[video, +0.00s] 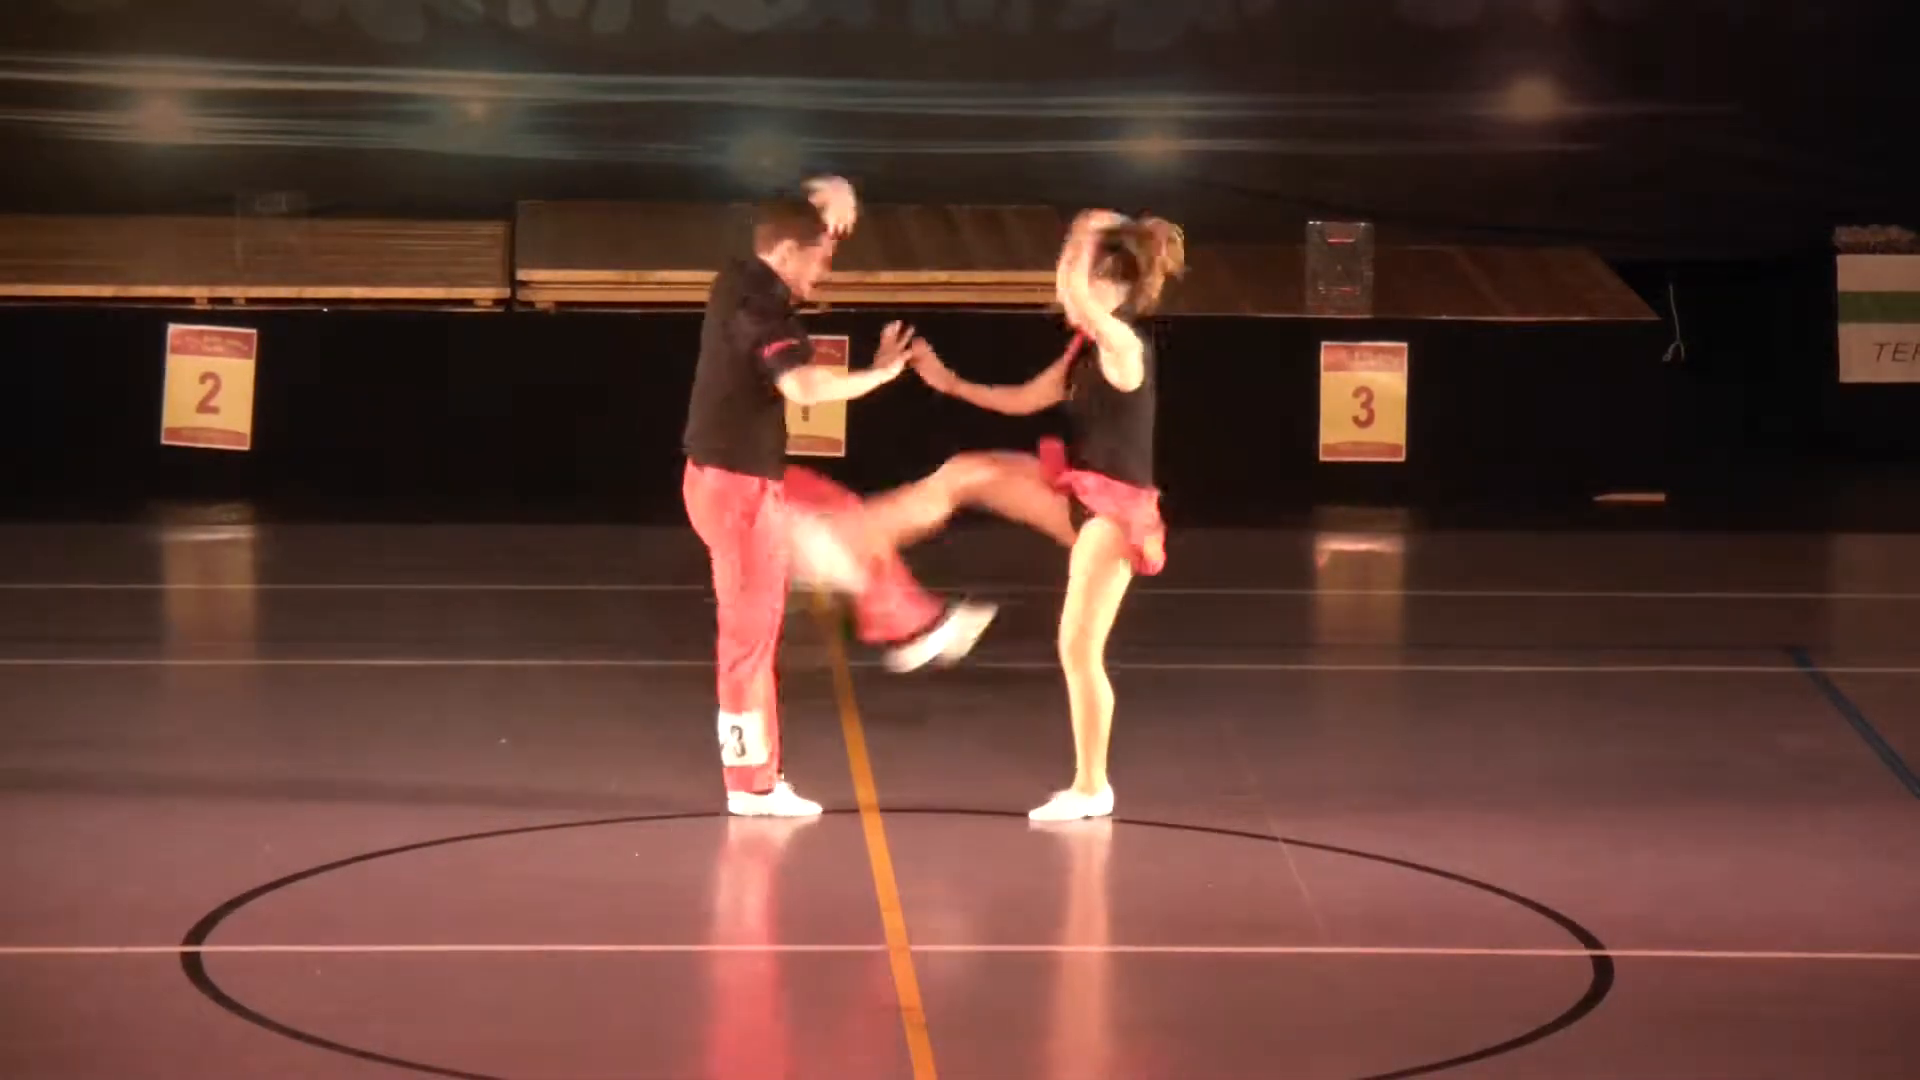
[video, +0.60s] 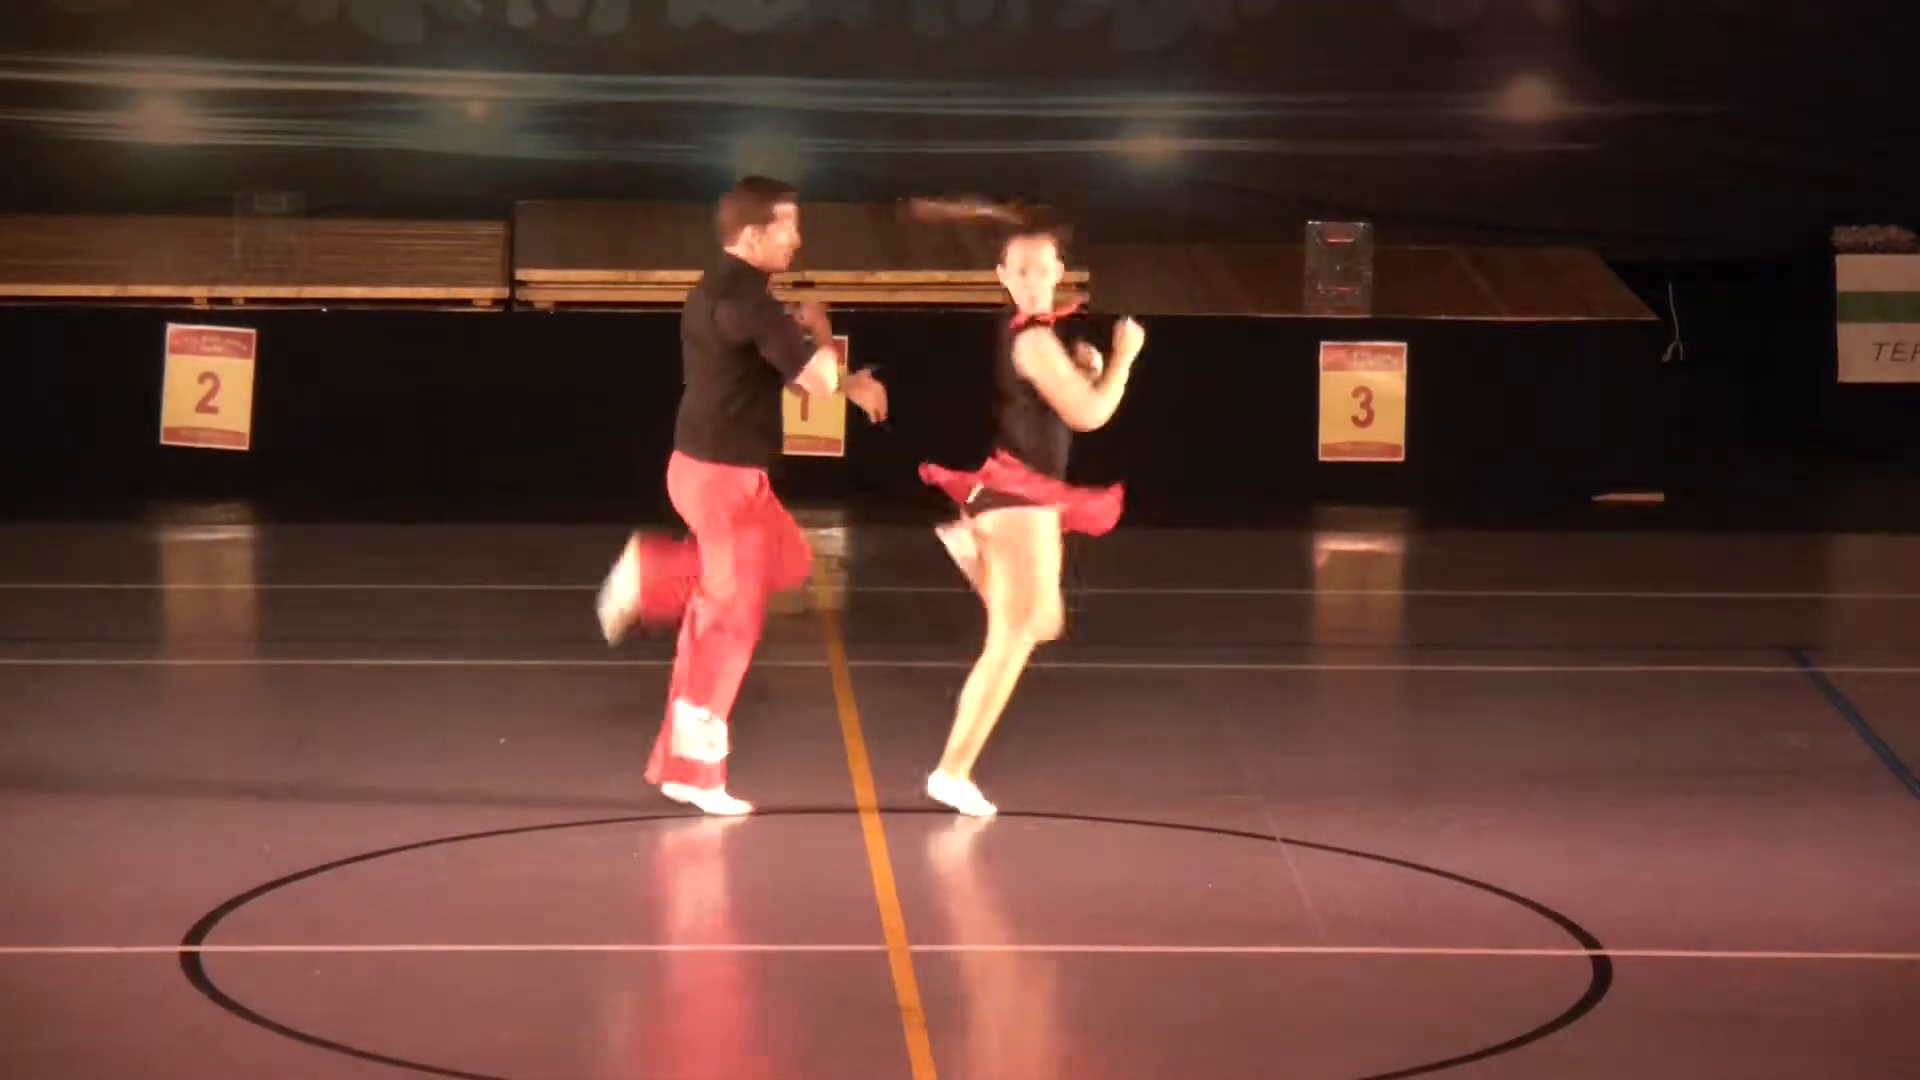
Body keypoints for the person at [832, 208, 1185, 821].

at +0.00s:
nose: (1072, 278)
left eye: (1088, 271)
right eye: (1075, 269)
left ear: (1117, 285)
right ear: (1093, 283)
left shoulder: (1127, 346)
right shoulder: (1088, 346)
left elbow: (1072, 293)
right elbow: (1024, 401)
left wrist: (1084, 235)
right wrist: (950, 383)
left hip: (1116, 517)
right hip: (1075, 498)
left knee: (1079, 648)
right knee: (962, 474)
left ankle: (1091, 788)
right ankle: (846, 541)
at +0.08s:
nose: (1043, 288)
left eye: (1052, 277)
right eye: (1043, 277)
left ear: (1085, 279)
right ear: (1055, 283)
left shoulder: (1111, 343)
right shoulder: (1057, 342)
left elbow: (1092, 290)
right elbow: (991, 388)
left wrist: (1133, 257)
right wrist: (923, 358)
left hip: (1104, 510)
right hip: (1061, 493)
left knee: (1076, 644)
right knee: (955, 461)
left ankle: (1090, 783)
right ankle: (828, 488)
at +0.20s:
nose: (1024, 260)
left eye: (1033, 249)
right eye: (1023, 248)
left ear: (1072, 253)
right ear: (1053, 255)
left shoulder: (1110, 323)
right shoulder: (1029, 318)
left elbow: (1133, 396)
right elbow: (960, 371)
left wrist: (1098, 312)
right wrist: (898, 345)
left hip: (1100, 485)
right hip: (1040, 478)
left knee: (999, 591)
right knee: (948, 536)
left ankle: (1065, 706)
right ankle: (1005, 668)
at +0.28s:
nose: (1012, 266)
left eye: (1022, 255)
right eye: (1013, 254)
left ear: (1060, 262)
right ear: (1035, 260)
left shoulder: (1105, 339)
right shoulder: (1011, 326)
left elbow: (1138, 432)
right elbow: (936, 379)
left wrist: (1096, 374)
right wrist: (879, 350)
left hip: (1083, 494)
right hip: (1038, 492)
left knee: (976, 587)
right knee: (1017, 626)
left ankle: (1026, 713)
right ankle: (1052, 761)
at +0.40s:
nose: (1002, 286)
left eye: (1012, 275)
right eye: (1003, 274)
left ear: (1049, 282)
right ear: (1034, 281)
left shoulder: (1061, 357)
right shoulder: (1030, 345)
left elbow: (1032, 454)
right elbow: (980, 413)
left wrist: (987, 391)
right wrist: (912, 390)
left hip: (1044, 519)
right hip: (1049, 515)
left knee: (1001, 652)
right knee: (1037, 649)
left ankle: (1039, 794)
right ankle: (1066, 778)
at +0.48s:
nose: (1003, 263)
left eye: (1008, 254)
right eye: (1005, 252)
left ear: (1025, 260)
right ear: (1066, 261)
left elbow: (969, 425)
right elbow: (1098, 391)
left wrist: (974, 368)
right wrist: (1043, 370)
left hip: (1008, 480)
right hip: (1077, 483)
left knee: (978, 632)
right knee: (1041, 626)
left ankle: (1008, 744)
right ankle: (1031, 766)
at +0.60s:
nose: (1044, 274)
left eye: (1049, 262)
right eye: (1030, 265)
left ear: (1056, 268)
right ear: (1006, 273)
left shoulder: (1033, 333)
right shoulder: (1030, 340)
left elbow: (1071, 404)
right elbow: (1091, 412)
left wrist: (1085, 365)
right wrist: (1125, 358)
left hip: (1024, 500)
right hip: (1018, 504)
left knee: (1047, 621)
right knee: (1011, 636)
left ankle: (969, 547)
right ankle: (952, 771)